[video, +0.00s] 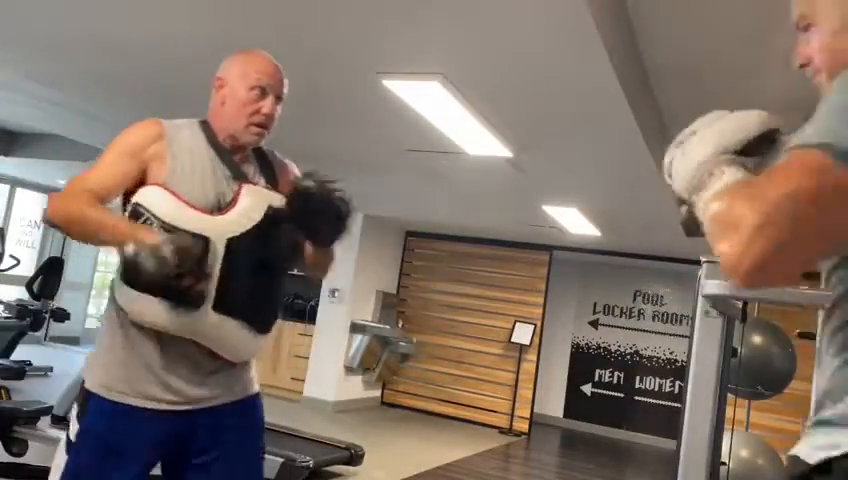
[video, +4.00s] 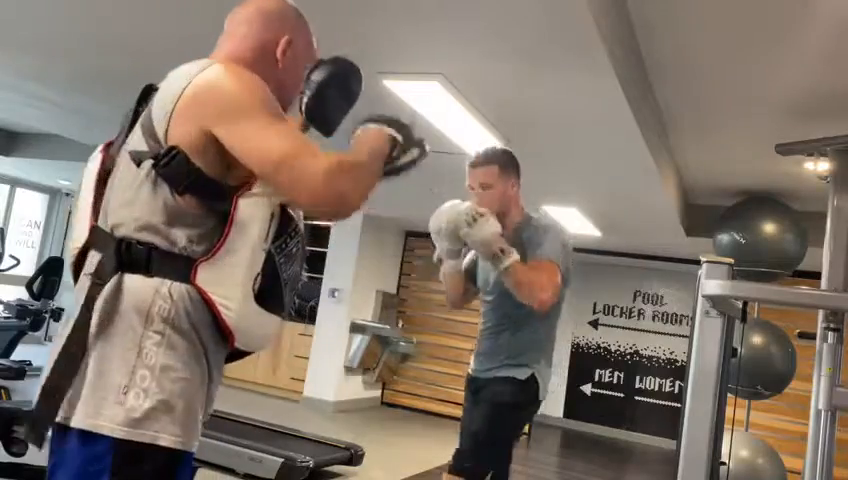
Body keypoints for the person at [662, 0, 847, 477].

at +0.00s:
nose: (799, 56)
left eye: (808, 25)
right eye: (799, 33)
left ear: (845, 18)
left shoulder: (842, 99)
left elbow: (756, 250)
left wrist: (708, 174)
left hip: (837, 442)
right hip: (829, 441)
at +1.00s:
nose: (630, 157)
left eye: (638, 139)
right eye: (628, 143)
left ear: (684, 129)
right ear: (685, 130)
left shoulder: (728, 190)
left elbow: (649, 276)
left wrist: (594, 210)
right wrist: (629, 219)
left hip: (715, 439)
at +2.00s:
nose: (534, 166)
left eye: (544, 154)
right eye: (532, 155)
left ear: (578, 157)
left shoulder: (611, 208)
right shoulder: (550, 213)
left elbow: (603, 267)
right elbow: (516, 280)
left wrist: (556, 218)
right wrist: (509, 233)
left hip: (576, 365)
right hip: (544, 362)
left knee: (532, 471)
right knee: (530, 469)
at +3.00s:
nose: (535, 175)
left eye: (545, 164)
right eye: (533, 166)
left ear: (574, 168)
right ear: (529, 170)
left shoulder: (603, 217)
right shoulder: (538, 225)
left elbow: (599, 265)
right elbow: (506, 284)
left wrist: (555, 219)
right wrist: (503, 229)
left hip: (568, 373)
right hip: (526, 367)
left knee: (549, 472)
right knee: (512, 467)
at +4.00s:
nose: (475, 199)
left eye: (485, 188)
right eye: (471, 190)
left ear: (513, 188)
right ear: (468, 189)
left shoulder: (546, 233)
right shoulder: (486, 238)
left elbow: (542, 295)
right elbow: (457, 298)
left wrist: (494, 249)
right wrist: (450, 247)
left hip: (518, 377)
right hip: (482, 373)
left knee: (463, 472)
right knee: (490, 472)